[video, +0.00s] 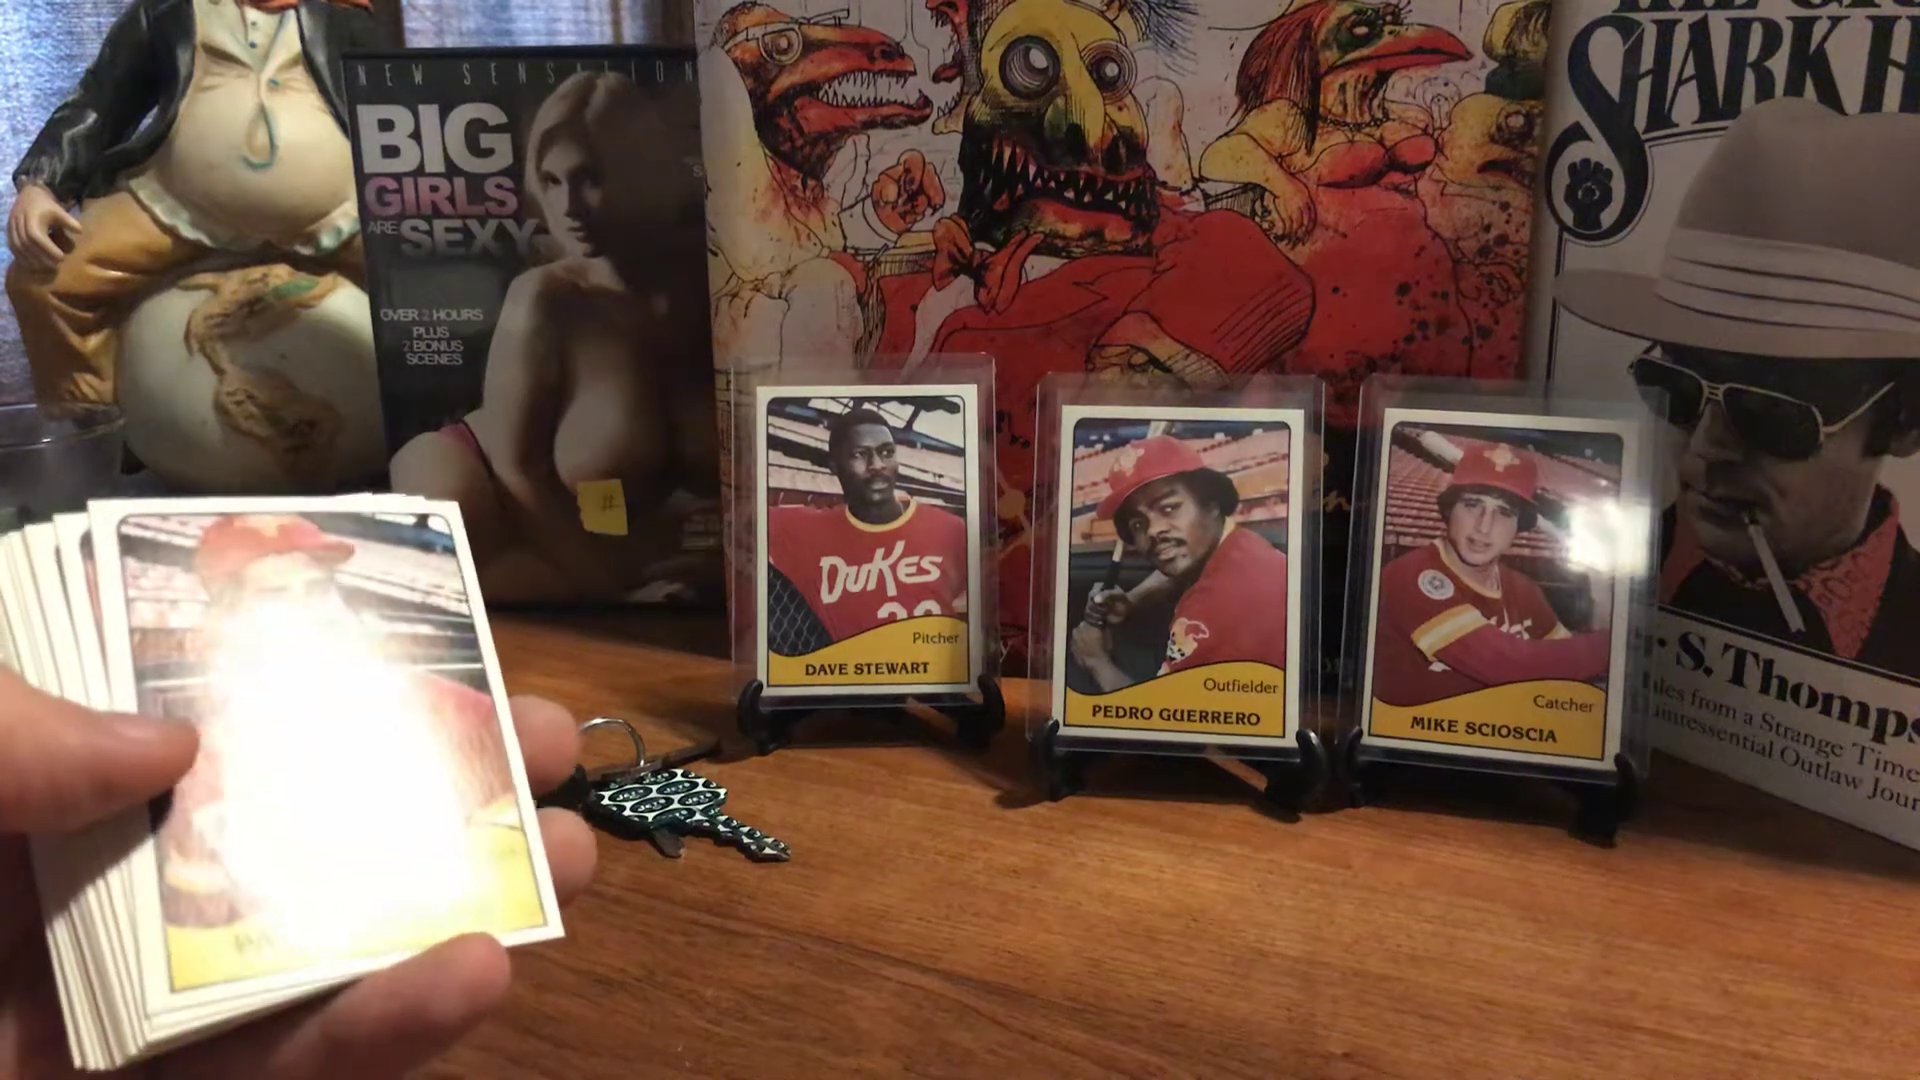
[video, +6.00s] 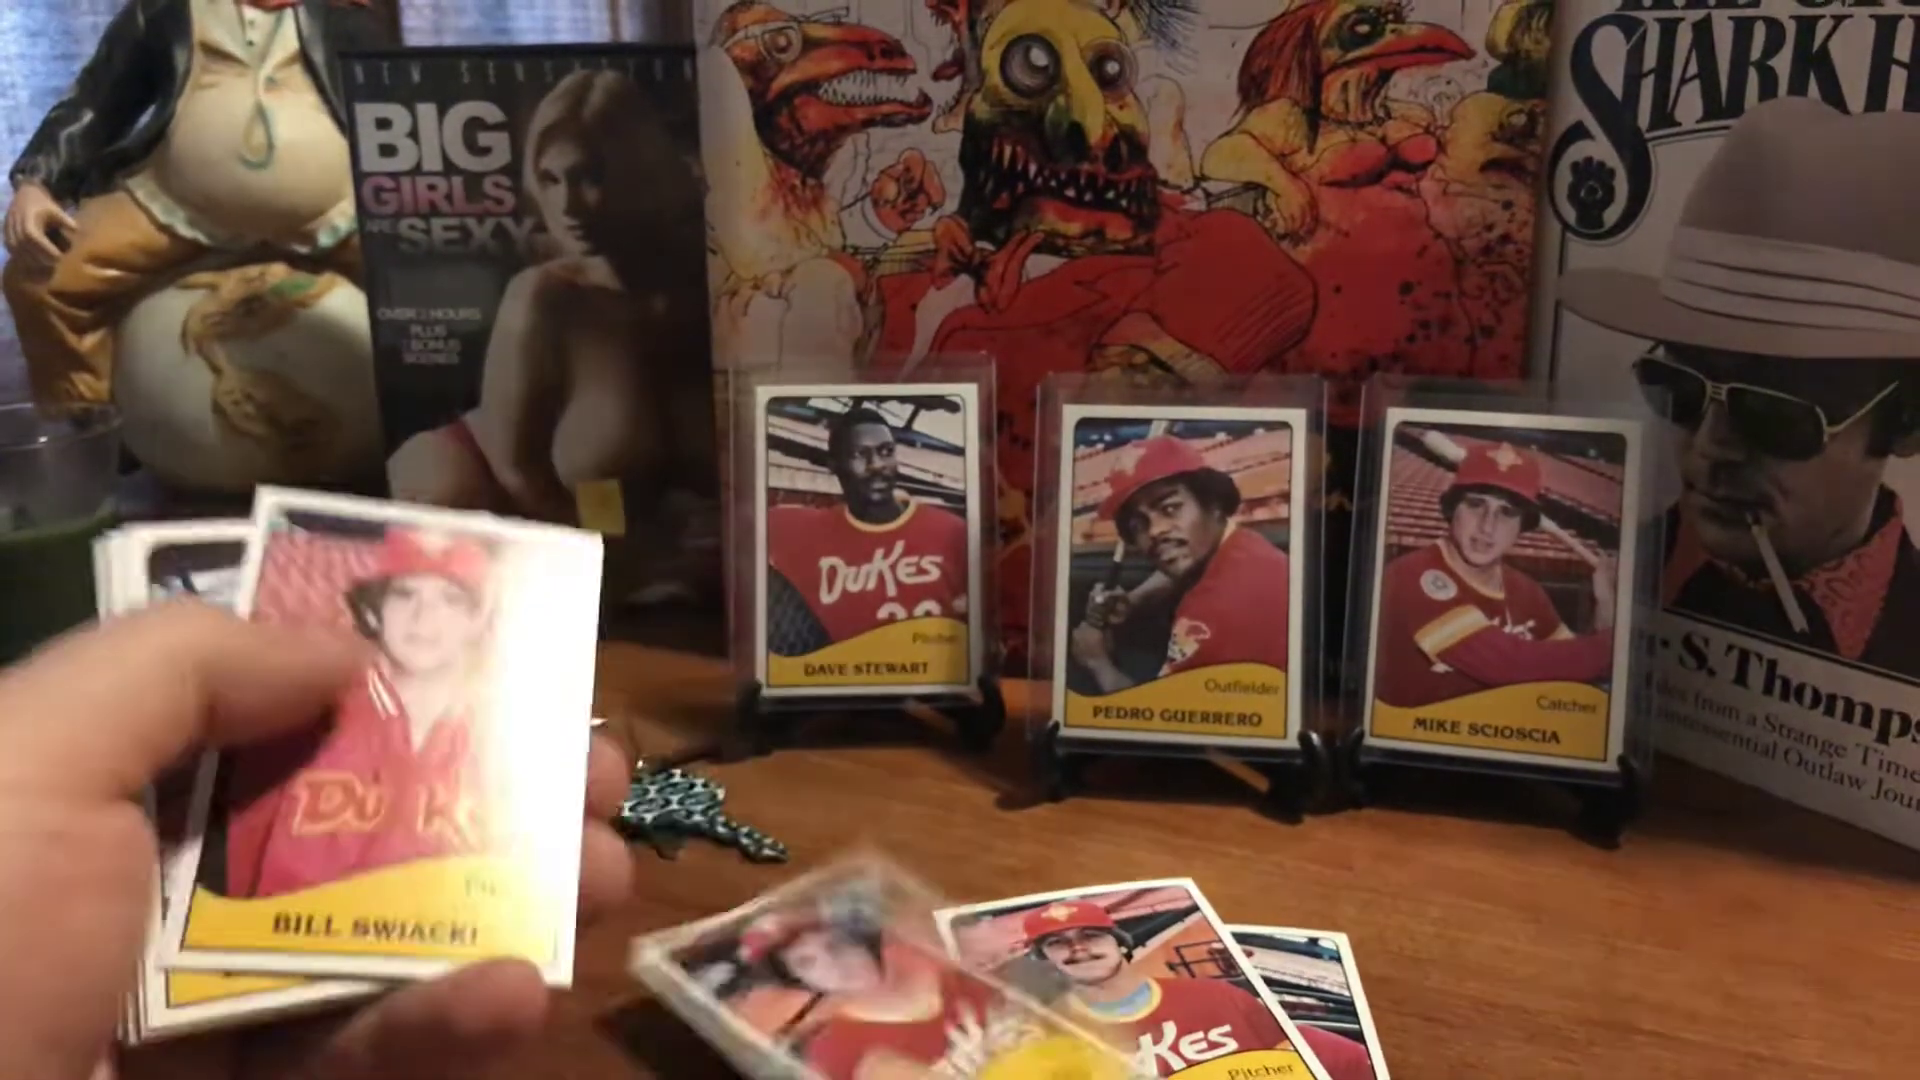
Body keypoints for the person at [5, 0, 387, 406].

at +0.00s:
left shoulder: (349, 20)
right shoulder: (165, 12)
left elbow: (402, 112)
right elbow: (97, 104)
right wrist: (36, 183)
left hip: (339, 211)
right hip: (178, 207)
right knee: (44, 282)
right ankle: (101, 446)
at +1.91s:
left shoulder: (349, 18)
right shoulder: (163, 12)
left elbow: (402, 102)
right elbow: (98, 101)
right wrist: (36, 182)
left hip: (338, 212)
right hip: (178, 205)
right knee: (42, 283)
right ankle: (104, 445)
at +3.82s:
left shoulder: (350, 16)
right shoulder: (161, 12)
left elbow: (397, 98)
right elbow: (96, 100)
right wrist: (32, 182)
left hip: (335, 209)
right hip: (176, 204)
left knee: (440, 286)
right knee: (40, 280)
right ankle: (94, 444)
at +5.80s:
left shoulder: (347, 16)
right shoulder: (160, 11)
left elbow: (398, 98)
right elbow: (95, 99)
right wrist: (31, 179)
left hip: (337, 209)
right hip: (175, 204)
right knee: (39, 278)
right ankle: (98, 447)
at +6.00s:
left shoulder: (348, 19)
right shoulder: (164, 11)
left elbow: (400, 107)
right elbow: (94, 103)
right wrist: (32, 181)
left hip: (338, 212)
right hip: (176, 207)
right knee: (41, 280)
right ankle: (98, 443)